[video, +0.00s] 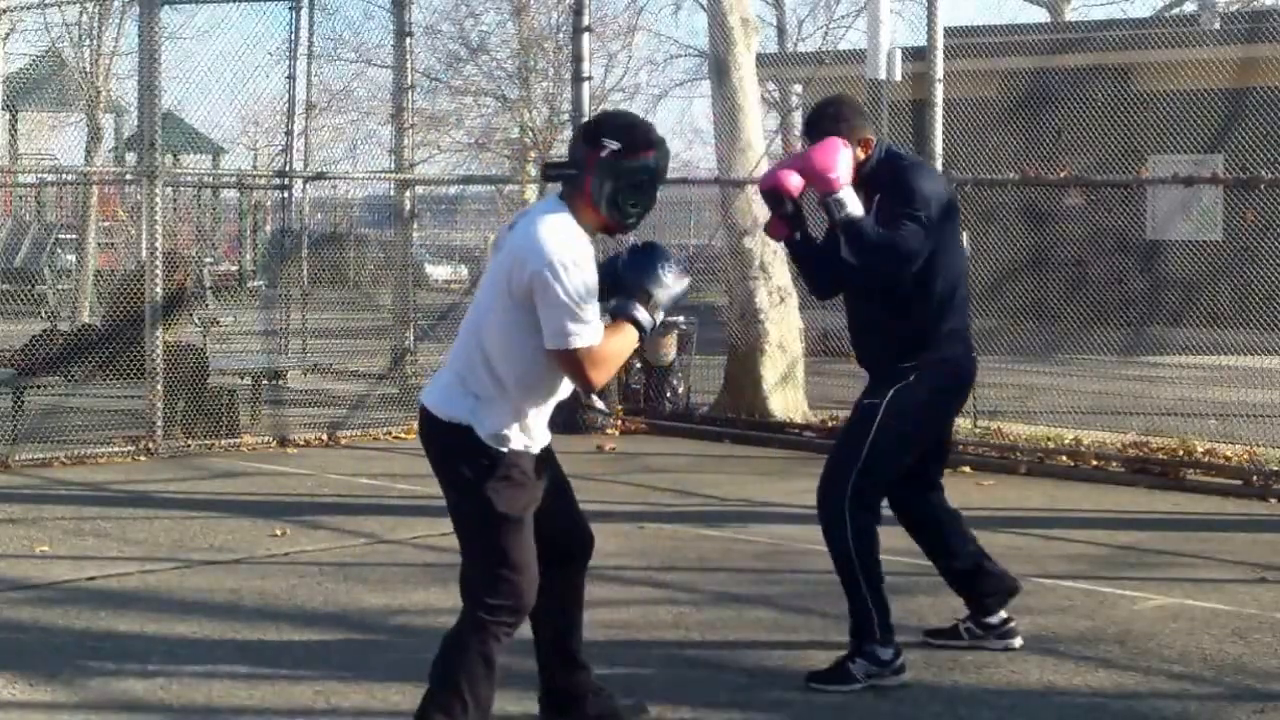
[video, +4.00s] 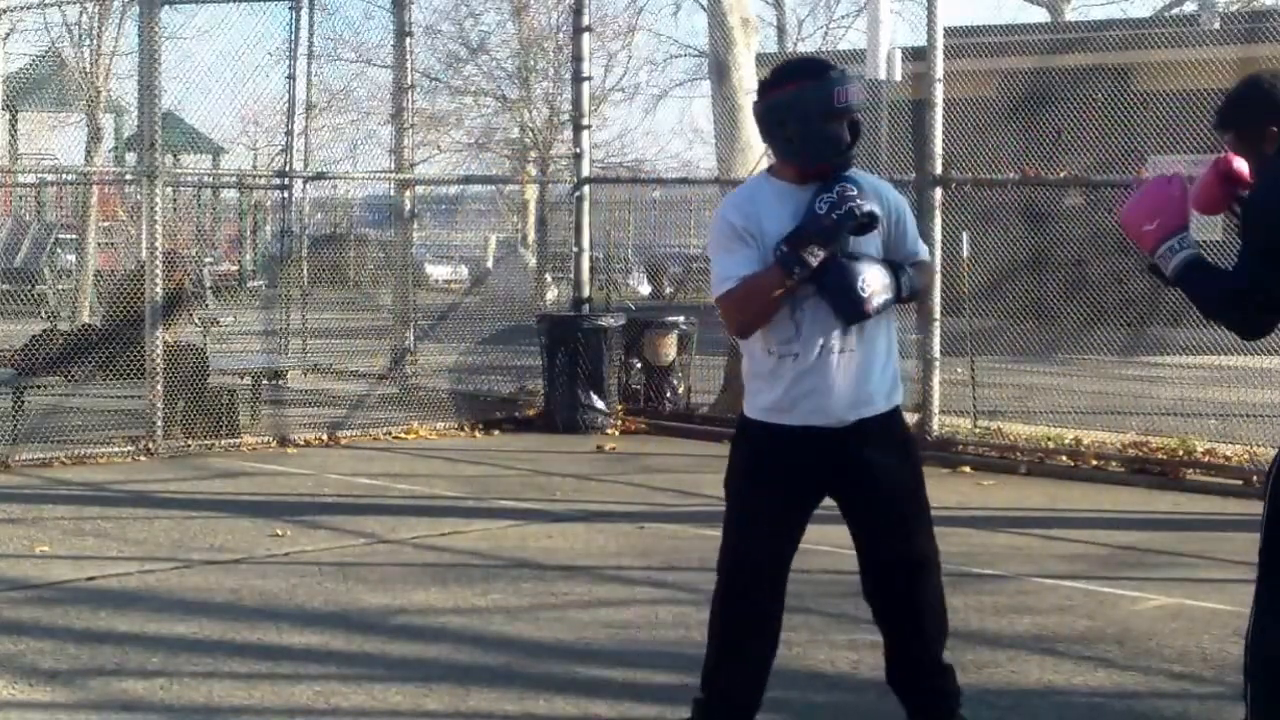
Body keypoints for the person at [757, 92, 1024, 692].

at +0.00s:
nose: (830, 170)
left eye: (834, 158)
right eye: (822, 161)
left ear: (864, 144)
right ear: (831, 156)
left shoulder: (912, 179)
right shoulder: (856, 196)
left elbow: (897, 259)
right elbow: (827, 281)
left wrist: (842, 201)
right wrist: (791, 230)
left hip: (923, 367)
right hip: (907, 367)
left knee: (843, 496)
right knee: (913, 492)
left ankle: (875, 650)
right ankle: (991, 608)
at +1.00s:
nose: (898, 182)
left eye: (895, 172)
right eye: (893, 173)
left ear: (916, 157)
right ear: (926, 151)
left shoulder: (983, 179)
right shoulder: (947, 196)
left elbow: (958, 270)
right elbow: (897, 284)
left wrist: (888, 215)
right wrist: (860, 231)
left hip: (1010, 374)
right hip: (1005, 373)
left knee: (920, 503)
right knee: (993, 509)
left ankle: (904, 674)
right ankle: (1060, 641)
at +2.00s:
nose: (998, 191)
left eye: (1000, 177)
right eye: (991, 179)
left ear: (1033, 160)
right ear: (1035, 155)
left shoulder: (1102, 202)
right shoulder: (1046, 193)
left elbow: (1055, 301)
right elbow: (1000, 279)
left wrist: (990, 225)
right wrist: (958, 226)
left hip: (1142, 402)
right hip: (1112, 399)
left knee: (1056, 559)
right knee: (1094, 526)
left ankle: (1130, 703)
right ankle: (1153, 657)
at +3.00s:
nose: (1169, 163)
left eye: (1173, 148)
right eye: (1166, 151)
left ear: (1203, 136)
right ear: (1223, 129)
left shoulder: (1237, 199)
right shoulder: (1256, 183)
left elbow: (1162, 255)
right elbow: (1155, 242)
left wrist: (1099, 192)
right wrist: (1095, 191)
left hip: (1233, 426)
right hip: (1256, 424)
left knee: (1131, 565)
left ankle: (1110, 709)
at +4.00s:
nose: (1240, 161)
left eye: (1239, 149)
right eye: (1236, 151)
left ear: (1259, 140)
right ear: (1276, 135)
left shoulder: (1271, 197)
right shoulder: (1270, 196)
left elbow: (1250, 314)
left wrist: (1173, 251)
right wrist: (1250, 201)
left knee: (1269, 630)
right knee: (1267, 627)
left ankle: (1264, 700)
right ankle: (1261, 695)